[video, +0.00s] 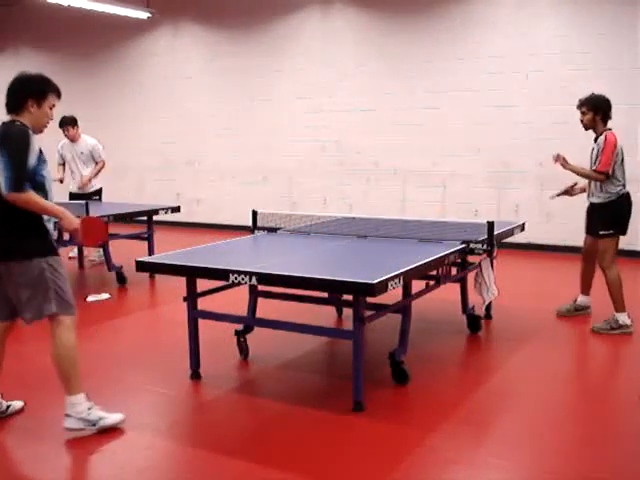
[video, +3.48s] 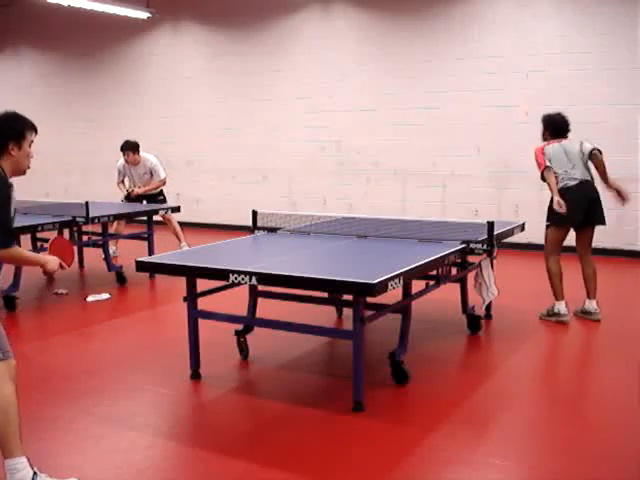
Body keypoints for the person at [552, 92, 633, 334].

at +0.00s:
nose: (580, 118)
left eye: (584, 113)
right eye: (580, 113)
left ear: (597, 114)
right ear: (594, 115)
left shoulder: (608, 139)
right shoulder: (599, 141)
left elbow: (601, 176)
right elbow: (602, 179)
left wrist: (569, 166)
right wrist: (581, 188)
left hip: (612, 204)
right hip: (598, 204)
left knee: (606, 261)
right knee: (588, 254)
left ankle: (622, 318)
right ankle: (582, 301)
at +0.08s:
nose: (582, 119)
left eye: (586, 113)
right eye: (582, 114)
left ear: (599, 114)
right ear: (601, 115)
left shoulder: (610, 138)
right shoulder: (609, 137)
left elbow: (600, 174)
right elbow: (607, 176)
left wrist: (567, 173)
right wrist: (589, 191)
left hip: (618, 204)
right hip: (610, 202)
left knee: (611, 260)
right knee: (599, 252)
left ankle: (622, 318)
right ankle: (602, 302)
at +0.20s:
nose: (585, 120)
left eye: (587, 115)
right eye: (584, 115)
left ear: (600, 115)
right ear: (603, 115)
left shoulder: (609, 138)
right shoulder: (616, 135)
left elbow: (603, 175)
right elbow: (611, 175)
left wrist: (578, 192)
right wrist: (594, 194)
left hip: (616, 202)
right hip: (621, 200)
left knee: (613, 260)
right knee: (611, 256)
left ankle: (622, 317)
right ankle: (619, 307)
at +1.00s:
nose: (581, 122)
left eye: (584, 117)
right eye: (581, 117)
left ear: (597, 116)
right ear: (602, 117)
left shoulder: (600, 137)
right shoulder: (614, 138)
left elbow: (597, 174)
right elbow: (607, 177)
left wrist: (567, 183)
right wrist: (581, 184)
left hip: (609, 199)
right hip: (627, 197)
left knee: (592, 258)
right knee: (622, 254)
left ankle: (586, 314)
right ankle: (633, 308)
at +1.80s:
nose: (553, 133)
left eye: (554, 128)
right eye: (552, 128)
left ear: (564, 128)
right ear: (574, 127)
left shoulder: (568, 147)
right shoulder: (590, 145)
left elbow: (562, 183)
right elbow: (592, 185)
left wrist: (541, 201)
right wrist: (564, 198)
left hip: (591, 201)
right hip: (613, 198)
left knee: (568, 252)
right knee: (593, 252)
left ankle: (568, 307)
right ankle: (597, 304)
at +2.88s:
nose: (553, 135)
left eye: (554, 131)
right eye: (553, 131)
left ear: (560, 133)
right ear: (578, 132)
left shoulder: (554, 152)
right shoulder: (595, 153)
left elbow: (539, 180)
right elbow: (607, 184)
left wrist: (523, 186)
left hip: (574, 203)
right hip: (601, 203)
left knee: (558, 255)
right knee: (584, 254)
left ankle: (561, 308)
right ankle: (592, 305)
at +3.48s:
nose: (541, 133)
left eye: (543, 130)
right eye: (542, 130)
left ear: (547, 132)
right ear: (565, 131)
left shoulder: (542, 150)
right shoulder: (579, 144)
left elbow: (548, 172)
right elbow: (596, 155)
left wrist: (555, 194)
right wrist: (608, 183)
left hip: (565, 197)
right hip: (589, 196)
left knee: (552, 252)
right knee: (585, 252)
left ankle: (560, 306)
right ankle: (592, 304)